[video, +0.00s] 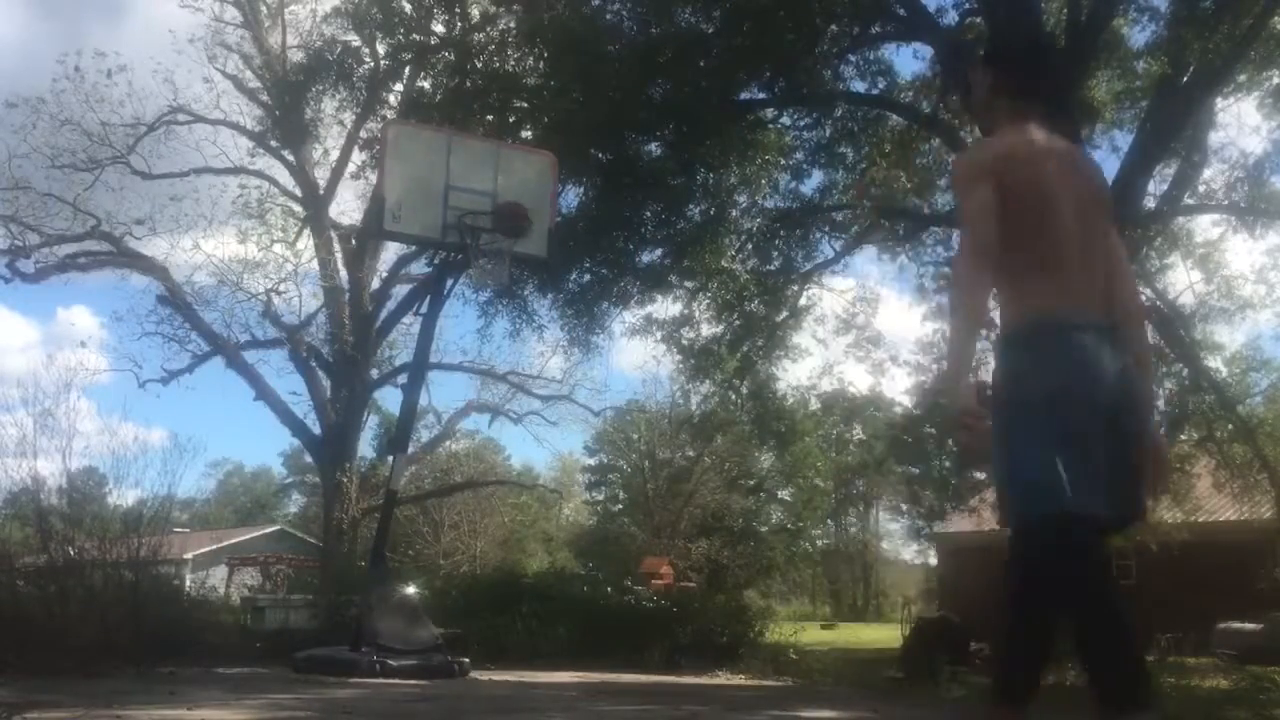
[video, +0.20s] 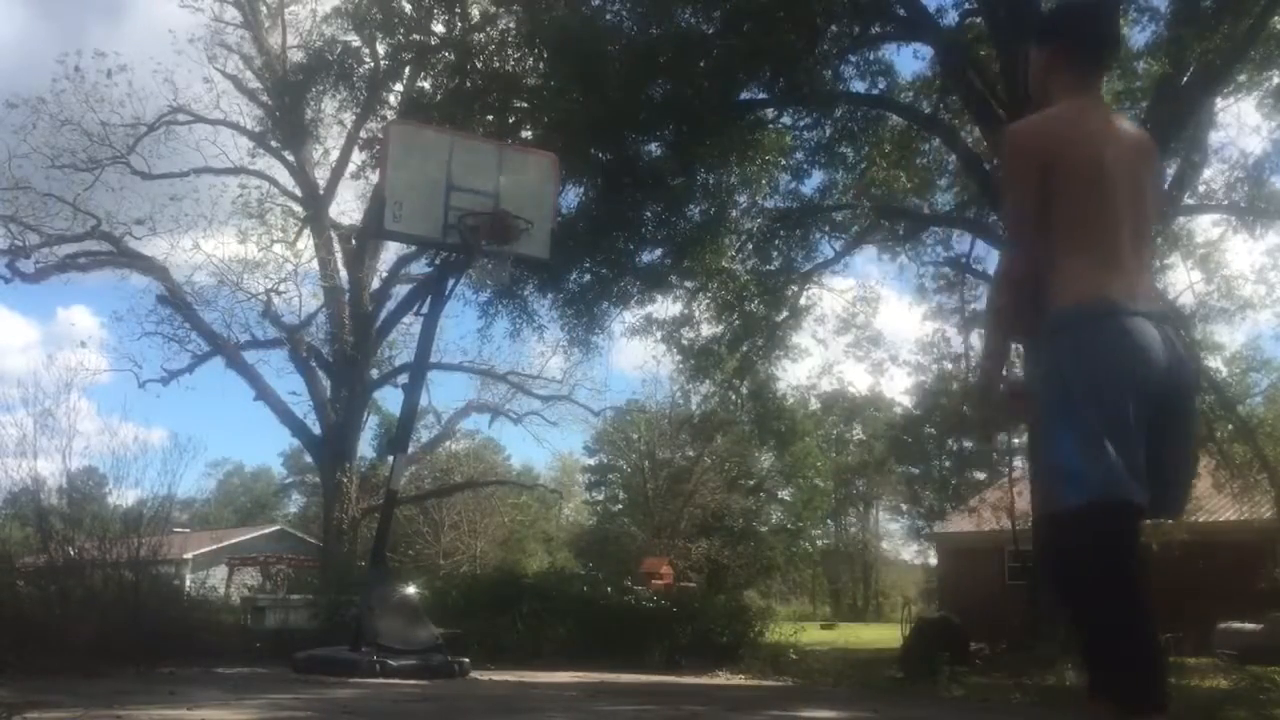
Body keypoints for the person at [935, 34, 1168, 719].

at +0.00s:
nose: (971, 100)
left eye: (975, 87)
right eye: (972, 88)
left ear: (994, 84)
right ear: (1045, 87)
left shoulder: (982, 158)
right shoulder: (1084, 167)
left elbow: (977, 262)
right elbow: (1126, 296)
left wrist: (957, 374)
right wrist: (1147, 412)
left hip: (1039, 358)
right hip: (1110, 359)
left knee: (1069, 552)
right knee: (1042, 554)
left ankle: (1129, 702)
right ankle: (1010, 701)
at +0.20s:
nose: (1028, 68)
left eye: (1032, 57)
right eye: (1031, 58)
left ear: (1047, 57)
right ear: (1104, 61)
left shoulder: (1031, 133)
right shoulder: (1140, 142)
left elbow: (1020, 262)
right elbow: (1133, 247)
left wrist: (988, 375)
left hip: (1083, 341)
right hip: (1161, 341)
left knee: (1091, 537)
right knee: (1109, 534)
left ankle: (1129, 700)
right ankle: (1118, 694)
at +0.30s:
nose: (1055, 58)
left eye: (1059, 46)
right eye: (1061, 46)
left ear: (1070, 48)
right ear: (1133, 55)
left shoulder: (1046, 132)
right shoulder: (1165, 140)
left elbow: (1033, 252)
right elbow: (1153, 248)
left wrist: (1009, 326)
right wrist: (1054, 308)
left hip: (1091, 338)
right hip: (1172, 337)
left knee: (1110, 537)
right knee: (1173, 537)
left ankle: (1145, 700)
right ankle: (1173, 697)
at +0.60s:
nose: (1112, 68)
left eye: (1116, 56)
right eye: (1117, 56)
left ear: (1127, 56)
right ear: (1188, 60)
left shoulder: (1091, 144)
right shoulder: (1233, 147)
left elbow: (1072, 269)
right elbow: (1225, 247)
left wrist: (1061, 348)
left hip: (1139, 350)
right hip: (1233, 345)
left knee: (1119, 539)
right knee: (1243, 543)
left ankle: (1137, 696)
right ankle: (1258, 701)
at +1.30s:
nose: (1038, 153)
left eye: (1040, 141)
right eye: (1041, 141)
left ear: (1052, 136)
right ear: (1101, 132)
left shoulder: (1047, 191)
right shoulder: (1165, 194)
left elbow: (1058, 303)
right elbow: (1192, 306)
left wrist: (1065, 424)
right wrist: (1183, 380)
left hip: (1103, 378)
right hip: (1185, 377)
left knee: (1068, 551)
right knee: (1203, 552)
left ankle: (1046, 698)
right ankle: (1243, 703)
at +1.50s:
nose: (972, 178)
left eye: (974, 164)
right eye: (969, 165)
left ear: (998, 155)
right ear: (1040, 153)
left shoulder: (992, 203)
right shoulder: (1096, 206)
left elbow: (997, 316)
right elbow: (1106, 305)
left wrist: (1001, 423)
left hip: (1040, 374)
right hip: (1116, 372)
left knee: (1036, 547)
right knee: (1127, 546)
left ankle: (1025, 693)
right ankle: (1197, 685)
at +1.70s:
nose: (922, 176)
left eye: (923, 164)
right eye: (920, 164)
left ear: (941, 156)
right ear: (981, 150)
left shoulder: (943, 209)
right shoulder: (1037, 209)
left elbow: (935, 312)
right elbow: (1046, 307)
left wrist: (921, 398)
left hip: (991, 379)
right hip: (1053, 379)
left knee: (997, 539)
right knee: (1046, 533)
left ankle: (1011, 690)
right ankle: (1080, 662)